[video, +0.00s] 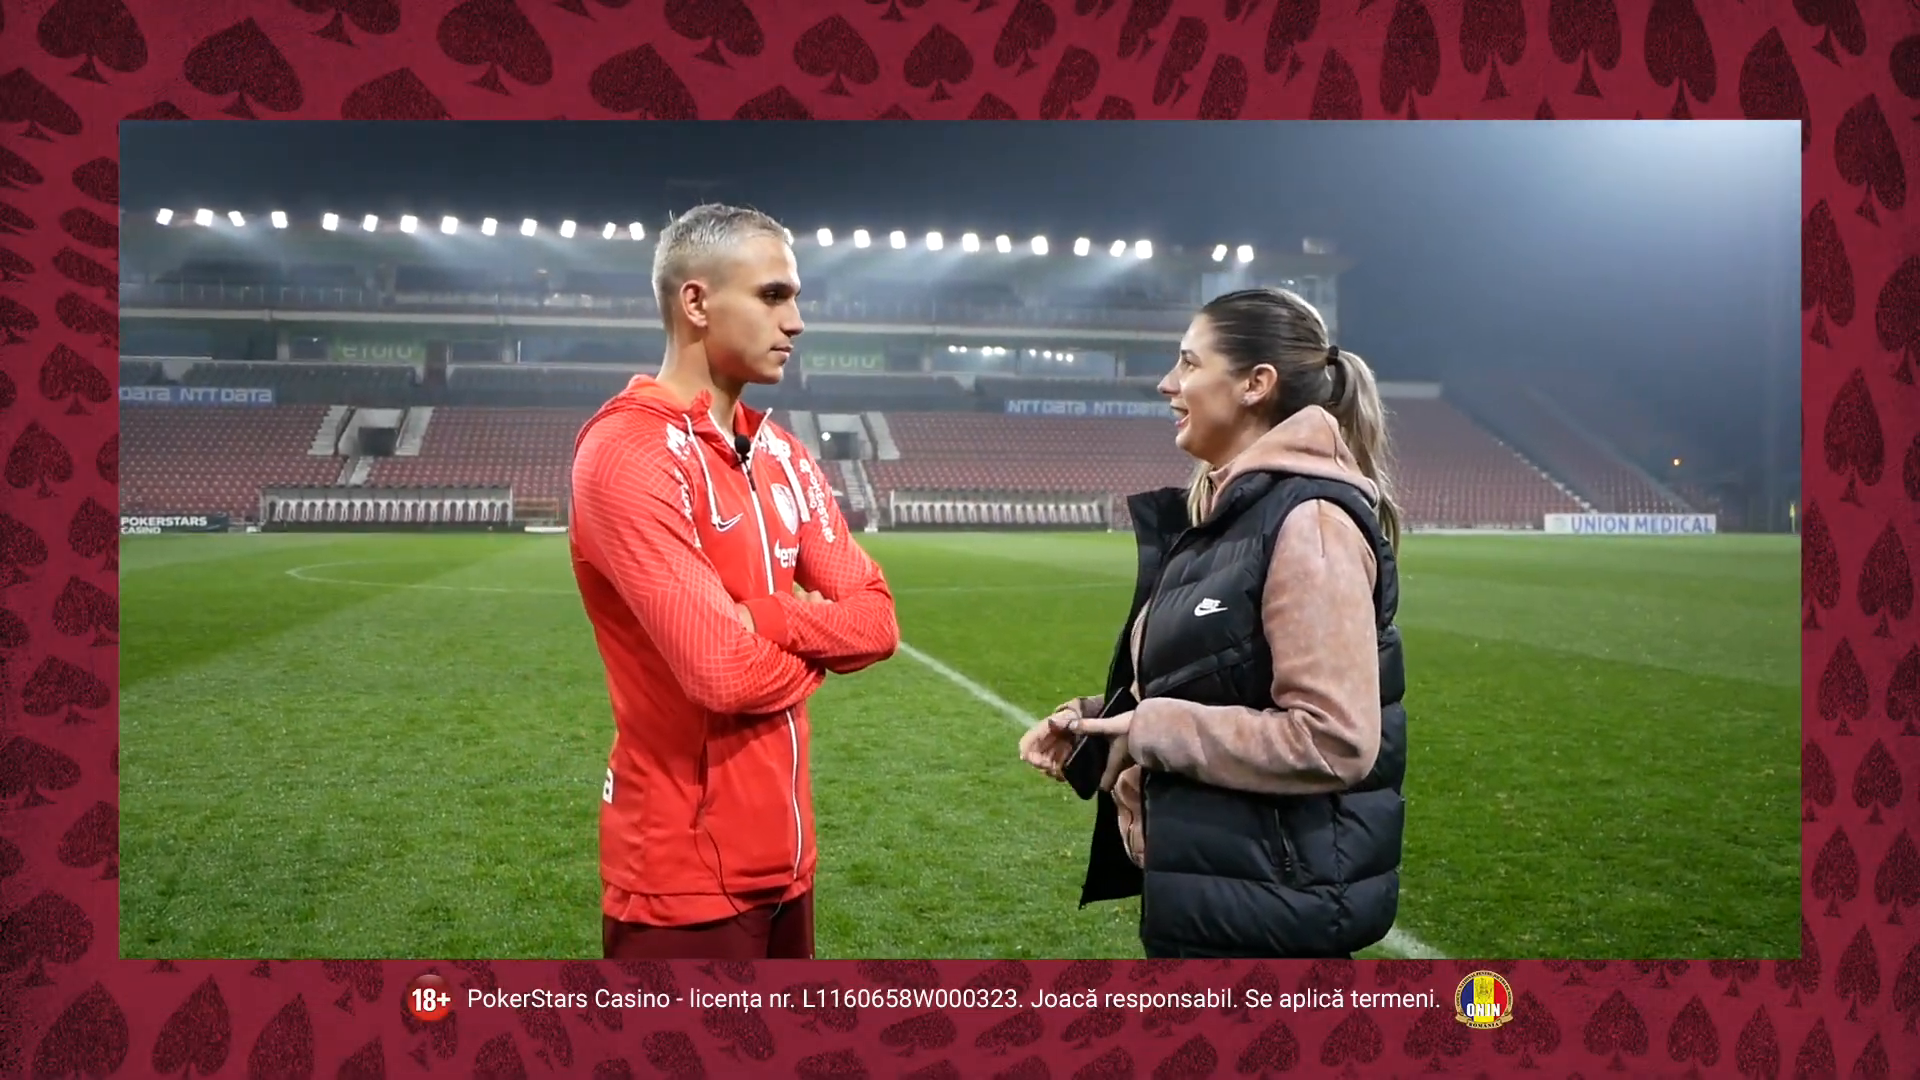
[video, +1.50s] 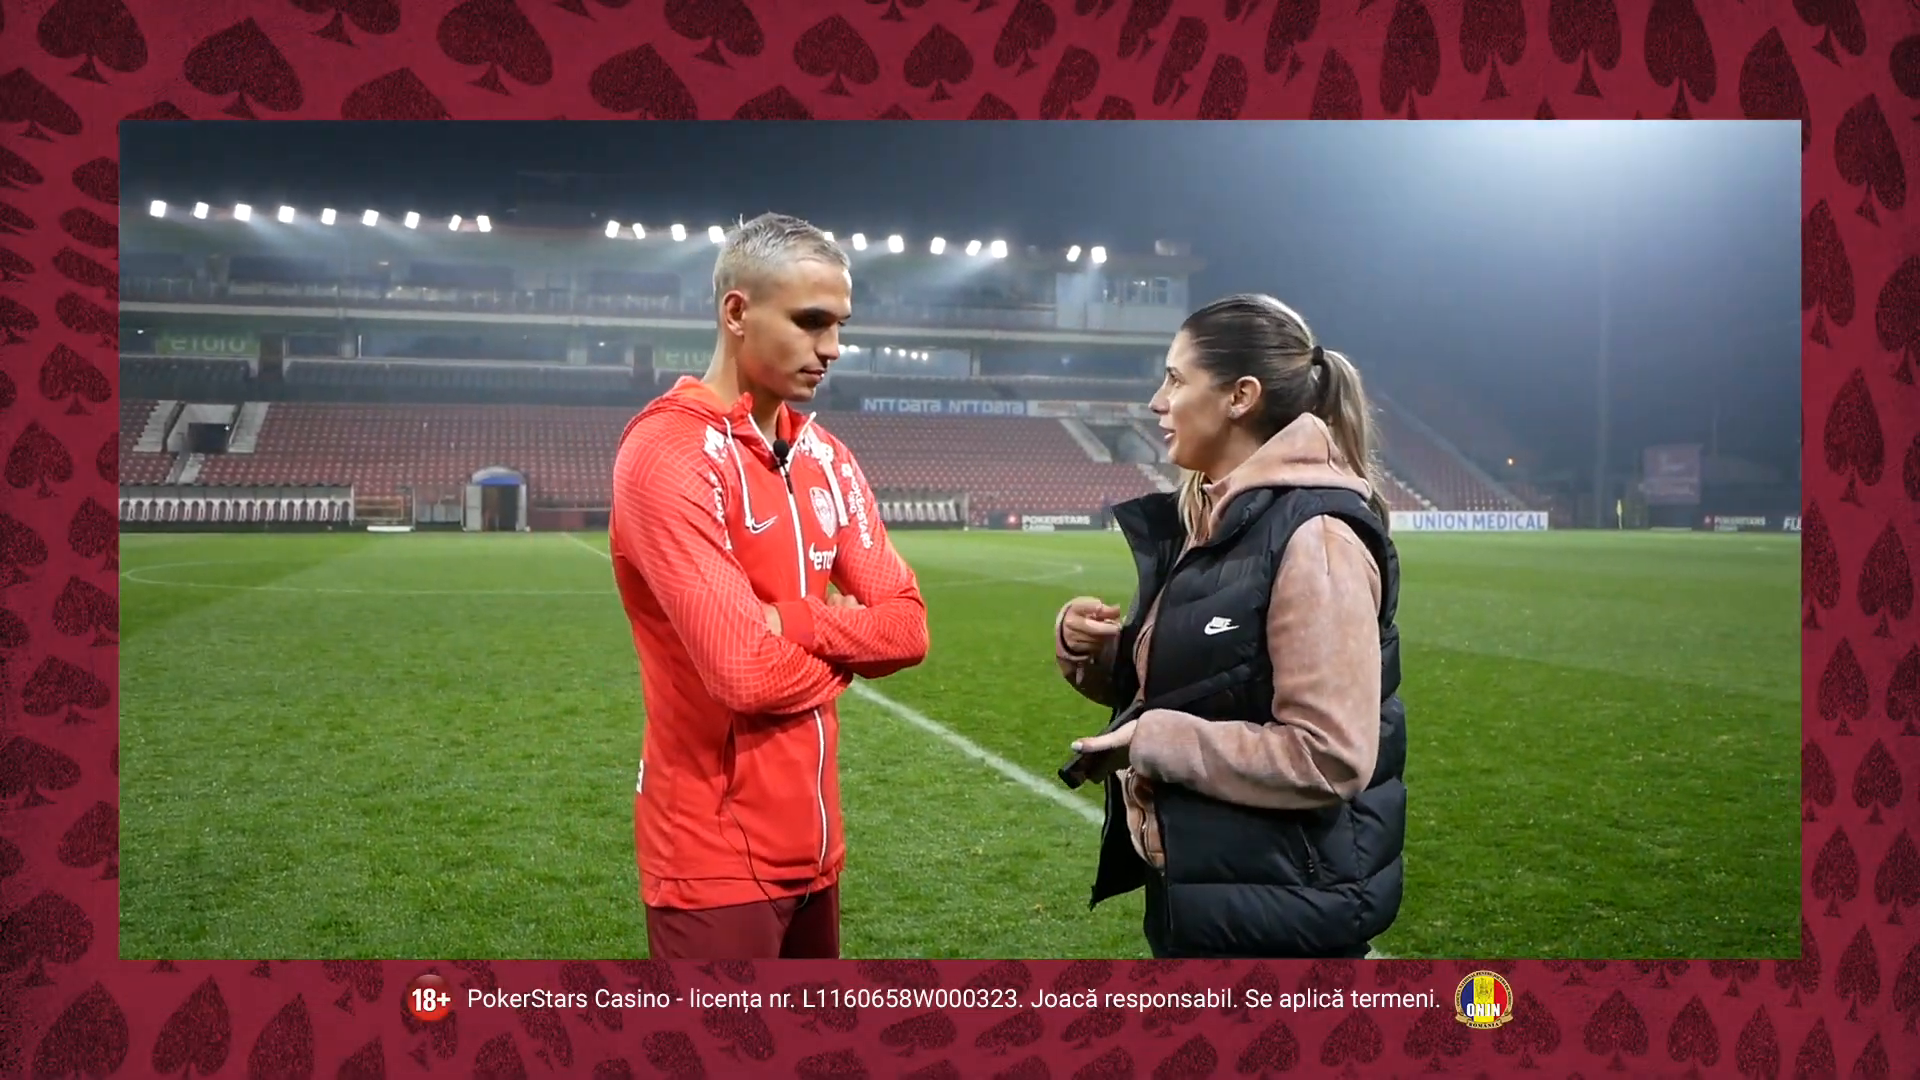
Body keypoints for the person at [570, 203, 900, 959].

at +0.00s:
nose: (796, 321)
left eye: (794, 298)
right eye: (772, 296)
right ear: (695, 303)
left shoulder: (784, 454)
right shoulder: (624, 456)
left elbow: (876, 622)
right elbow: (723, 676)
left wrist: (751, 615)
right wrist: (822, 644)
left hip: (781, 852)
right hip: (682, 865)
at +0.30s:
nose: (814, 326)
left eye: (813, 303)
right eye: (791, 302)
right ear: (713, 307)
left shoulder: (804, 456)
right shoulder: (644, 459)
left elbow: (898, 624)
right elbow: (745, 678)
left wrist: (772, 617)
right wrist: (844, 648)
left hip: (802, 850)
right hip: (706, 864)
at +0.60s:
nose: (823, 335)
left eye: (826, 312)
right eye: (800, 310)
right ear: (722, 309)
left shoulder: (813, 452)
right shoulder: (658, 458)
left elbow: (910, 619)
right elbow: (760, 675)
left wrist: (793, 615)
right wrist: (854, 643)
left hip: (815, 845)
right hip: (721, 859)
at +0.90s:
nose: (825, 347)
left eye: (830, 323)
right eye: (803, 319)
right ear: (728, 313)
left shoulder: (817, 454)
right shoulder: (662, 460)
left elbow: (911, 625)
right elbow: (757, 678)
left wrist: (788, 619)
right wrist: (854, 646)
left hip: (818, 846)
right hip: (722, 859)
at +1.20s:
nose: (823, 350)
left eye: (829, 327)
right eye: (802, 322)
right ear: (727, 313)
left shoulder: (819, 457)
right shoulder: (659, 459)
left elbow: (905, 626)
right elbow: (746, 677)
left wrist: (778, 618)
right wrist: (848, 646)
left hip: (813, 845)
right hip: (715, 859)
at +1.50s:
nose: (830, 348)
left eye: (837, 326)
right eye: (810, 322)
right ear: (737, 312)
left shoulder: (826, 456)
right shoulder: (664, 457)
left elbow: (907, 629)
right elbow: (746, 679)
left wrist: (780, 619)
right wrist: (846, 650)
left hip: (810, 836)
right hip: (713, 847)